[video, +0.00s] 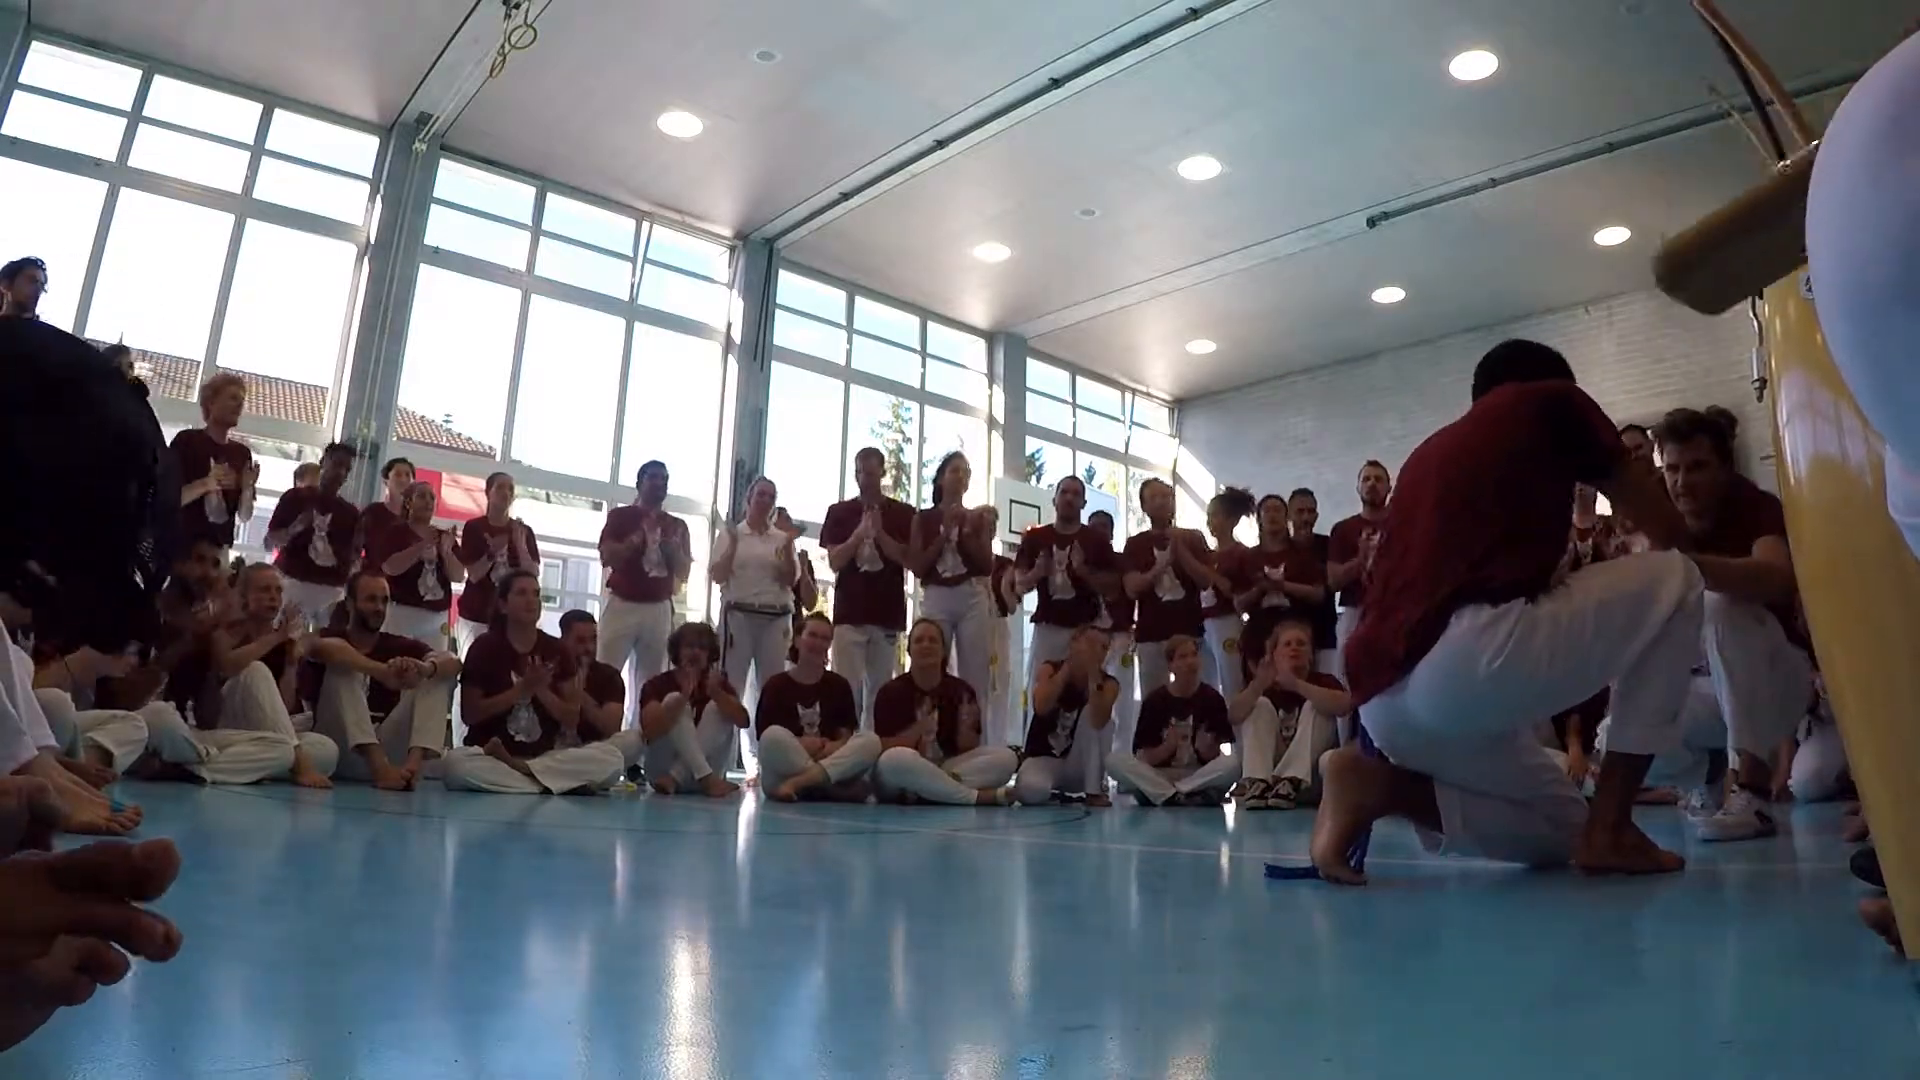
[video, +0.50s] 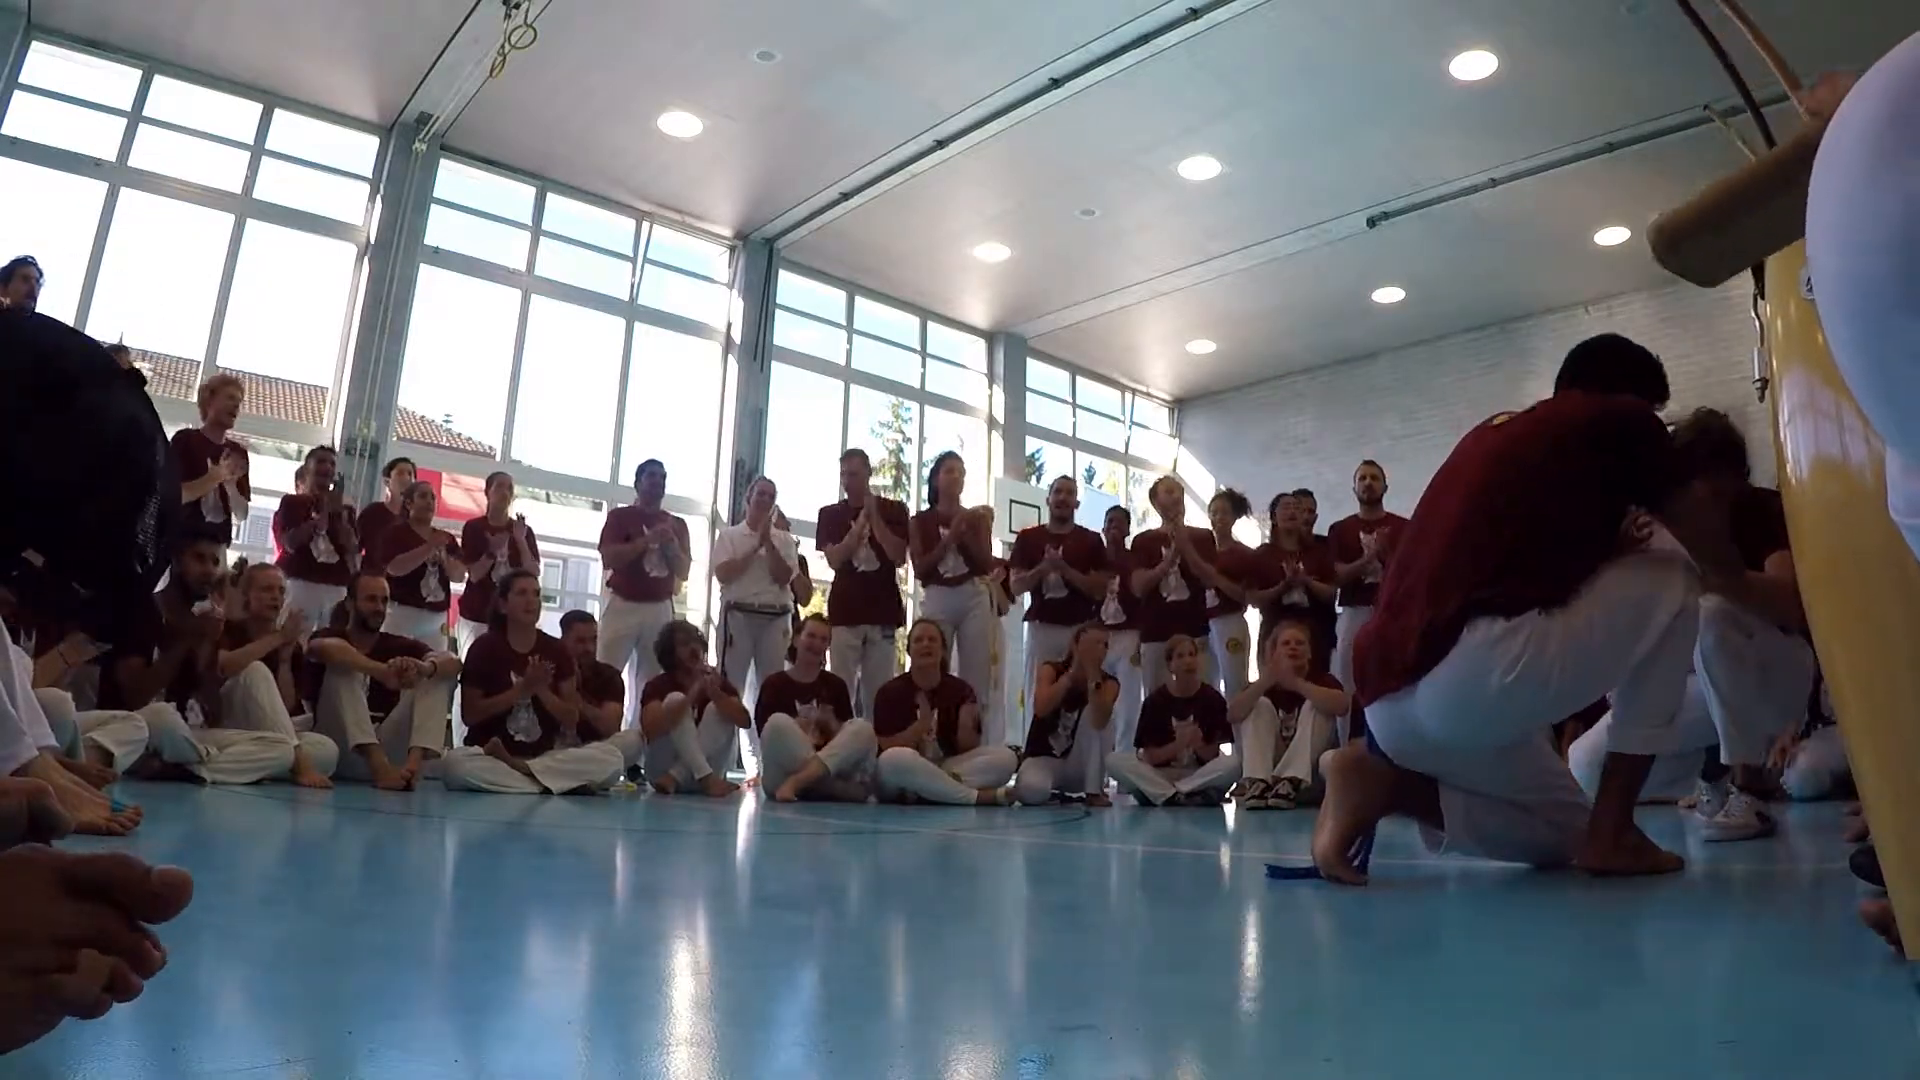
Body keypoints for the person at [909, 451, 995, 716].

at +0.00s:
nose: (961, 475)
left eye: (965, 471)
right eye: (954, 470)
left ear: (969, 480)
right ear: (940, 478)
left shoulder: (979, 518)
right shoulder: (923, 518)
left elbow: (986, 566)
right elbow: (918, 567)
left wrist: (964, 537)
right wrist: (943, 537)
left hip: (974, 597)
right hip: (935, 597)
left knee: (975, 678)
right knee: (931, 675)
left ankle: (974, 748)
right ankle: (930, 746)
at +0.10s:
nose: (959, 476)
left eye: (963, 472)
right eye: (952, 470)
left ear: (967, 480)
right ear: (938, 478)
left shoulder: (979, 518)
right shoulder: (921, 519)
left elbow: (985, 565)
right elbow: (917, 568)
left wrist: (964, 535)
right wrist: (944, 542)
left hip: (973, 596)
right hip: (935, 595)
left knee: (975, 679)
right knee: (930, 675)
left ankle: (975, 747)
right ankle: (928, 747)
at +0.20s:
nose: (957, 476)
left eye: (961, 472)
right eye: (950, 471)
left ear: (966, 480)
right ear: (936, 478)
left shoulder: (976, 518)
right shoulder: (920, 519)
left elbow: (984, 566)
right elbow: (918, 568)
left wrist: (964, 536)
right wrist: (944, 536)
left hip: (973, 595)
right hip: (935, 595)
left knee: (975, 679)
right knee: (930, 676)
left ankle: (975, 748)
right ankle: (931, 748)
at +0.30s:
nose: (956, 476)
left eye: (960, 472)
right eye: (949, 471)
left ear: (965, 480)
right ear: (935, 478)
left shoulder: (976, 519)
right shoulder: (921, 520)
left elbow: (985, 566)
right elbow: (918, 567)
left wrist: (970, 542)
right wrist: (941, 536)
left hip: (973, 594)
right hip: (936, 595)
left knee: (976, 677)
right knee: (931, 674)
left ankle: (976, 747)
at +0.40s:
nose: (956, 477)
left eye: (960, 472)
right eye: (949, 471)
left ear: (964, 481)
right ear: (934, 478)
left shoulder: (975, 519)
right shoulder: (920, 520)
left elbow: (985, 566)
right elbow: (919, 569)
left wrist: (970, 540)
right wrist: (941, 538)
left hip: (974, 595)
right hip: (936, 595)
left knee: (976, 682)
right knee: (931, 677)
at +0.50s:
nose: (955, 477)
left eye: (960, 472)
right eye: (948, 472)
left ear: (965, 479)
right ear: (935, 478)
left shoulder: (977, 519)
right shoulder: (921, 520)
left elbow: (985, 566)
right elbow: (920, 569)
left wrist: (965, 537)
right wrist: (949, 540)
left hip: (974, 596)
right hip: (936, 596)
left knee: (976, 679)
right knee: (933, 676)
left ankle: (975, 750)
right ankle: (932, 751)